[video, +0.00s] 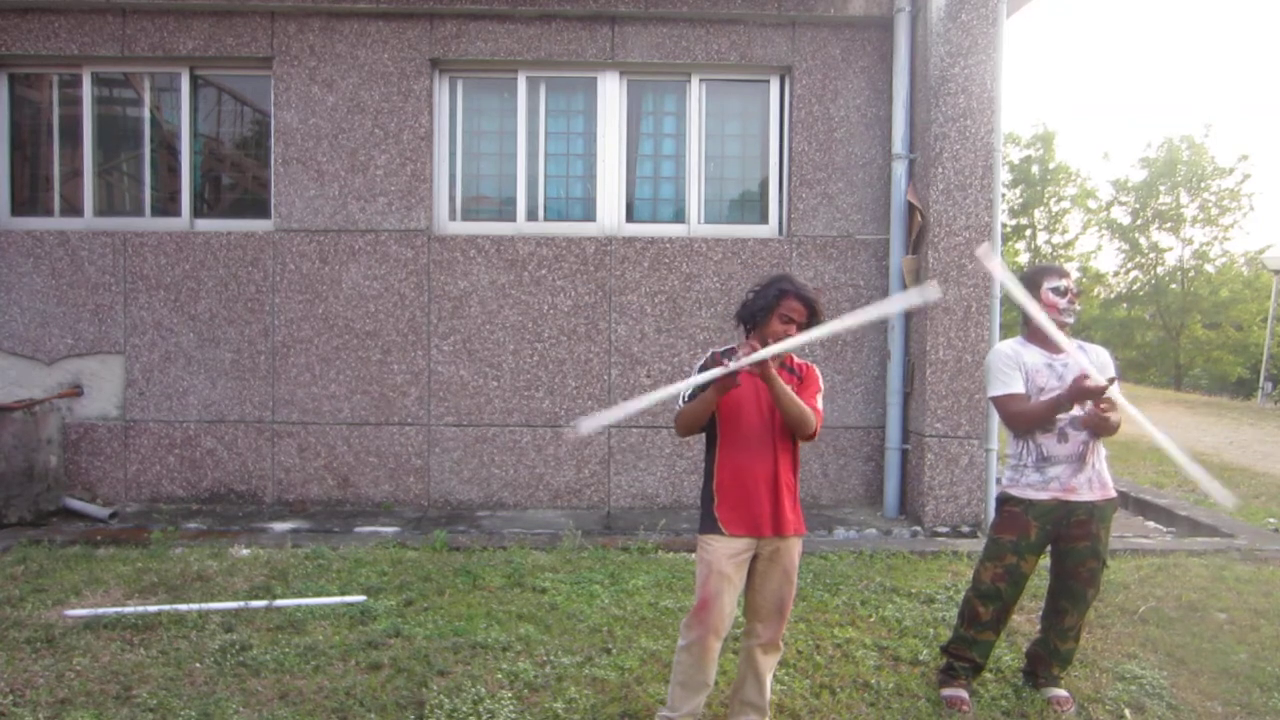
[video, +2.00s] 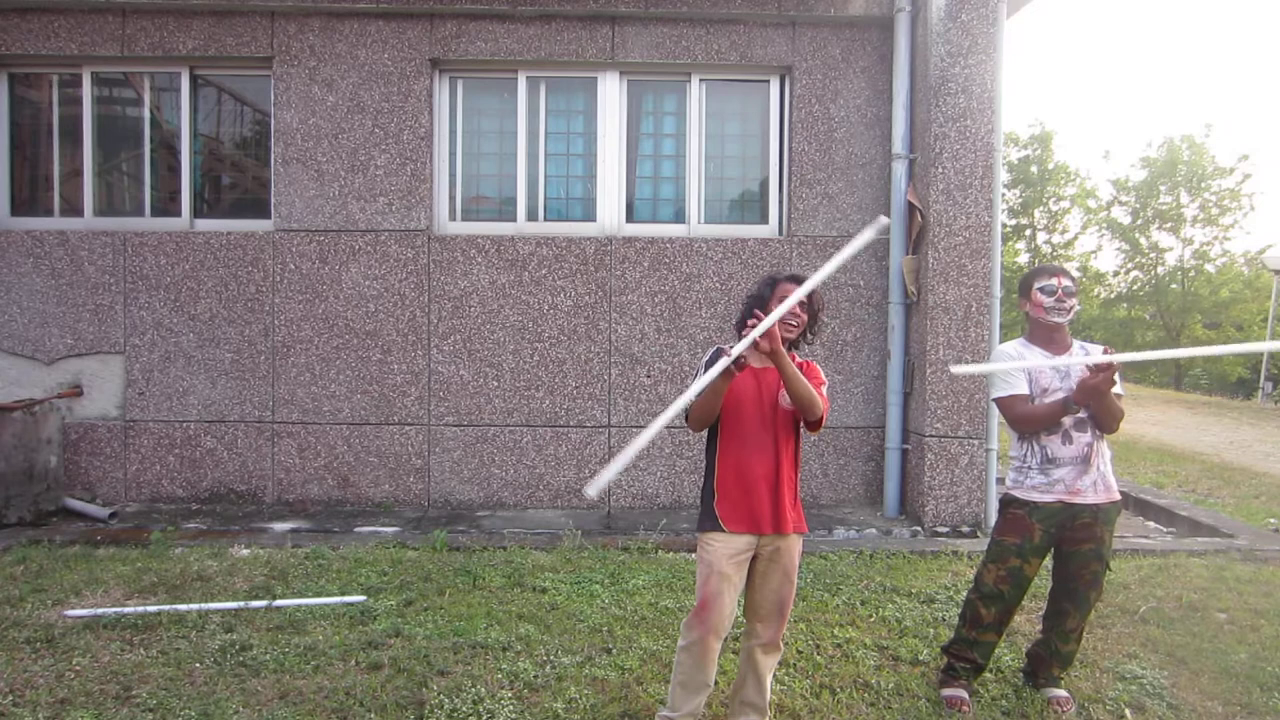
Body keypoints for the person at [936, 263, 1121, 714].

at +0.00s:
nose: (1071, 300)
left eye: (1074, 293)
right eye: (1059, 291)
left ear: (1076, 304)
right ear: (1029, 300)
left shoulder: (1094, 356)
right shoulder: (1006, 355)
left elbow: (1110, 420)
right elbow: (1018, 421)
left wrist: (1103, 421)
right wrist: (1071, 396)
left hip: (1089, 497)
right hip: (1028, 496)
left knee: (1076, 594)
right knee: (994, 585)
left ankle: (1045, 671)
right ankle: (957, 674)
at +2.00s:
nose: (1060, 298)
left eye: (1068, 292)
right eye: (1048, 291)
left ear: (1077, 304)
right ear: (1025, 304)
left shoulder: (1095, 355)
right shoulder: (1008, 355)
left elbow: (1112, 423)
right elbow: (1021, 420)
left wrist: (1099, 393)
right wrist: (1078, 399)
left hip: (1094, 499)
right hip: (1032, 496)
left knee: (1078, 597)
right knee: (997, 586)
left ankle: (1045, 673)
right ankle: (958, 673)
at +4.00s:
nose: (1067, 297)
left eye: (1071, 291)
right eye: (1054, 290)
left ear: (1075, 304)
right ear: (1026, 303)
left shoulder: (1093, 357)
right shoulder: (1009, 354)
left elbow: (1112, 424)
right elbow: (1026, 418)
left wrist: (1117, 391)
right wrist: (1074, 381)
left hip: (1094, 499)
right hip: (1033, 497)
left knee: (1078, 598)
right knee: (997, 588)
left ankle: (1046, 673)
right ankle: (958, 675)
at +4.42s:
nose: (1064, 299)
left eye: (1067, 293)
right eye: (1051, 292)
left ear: (1072, 306)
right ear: (1025, 304)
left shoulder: (1091, 356)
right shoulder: (1007, 357)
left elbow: (1113, 421)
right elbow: (1026, 419)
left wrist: (1112, 375)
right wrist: (1070, 377)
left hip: (1095, 498)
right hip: (1033, 496)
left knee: (1078, 597)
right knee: (997, 587)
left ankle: (1045, 673)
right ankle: (958, 675)